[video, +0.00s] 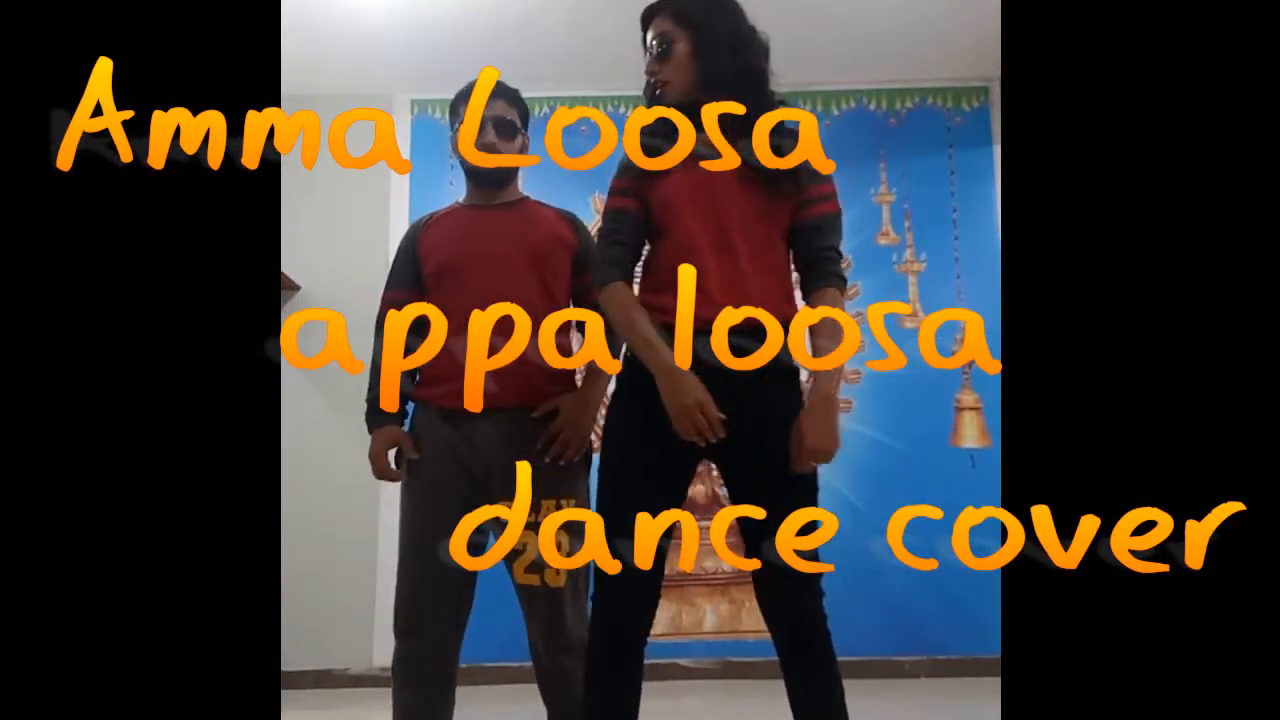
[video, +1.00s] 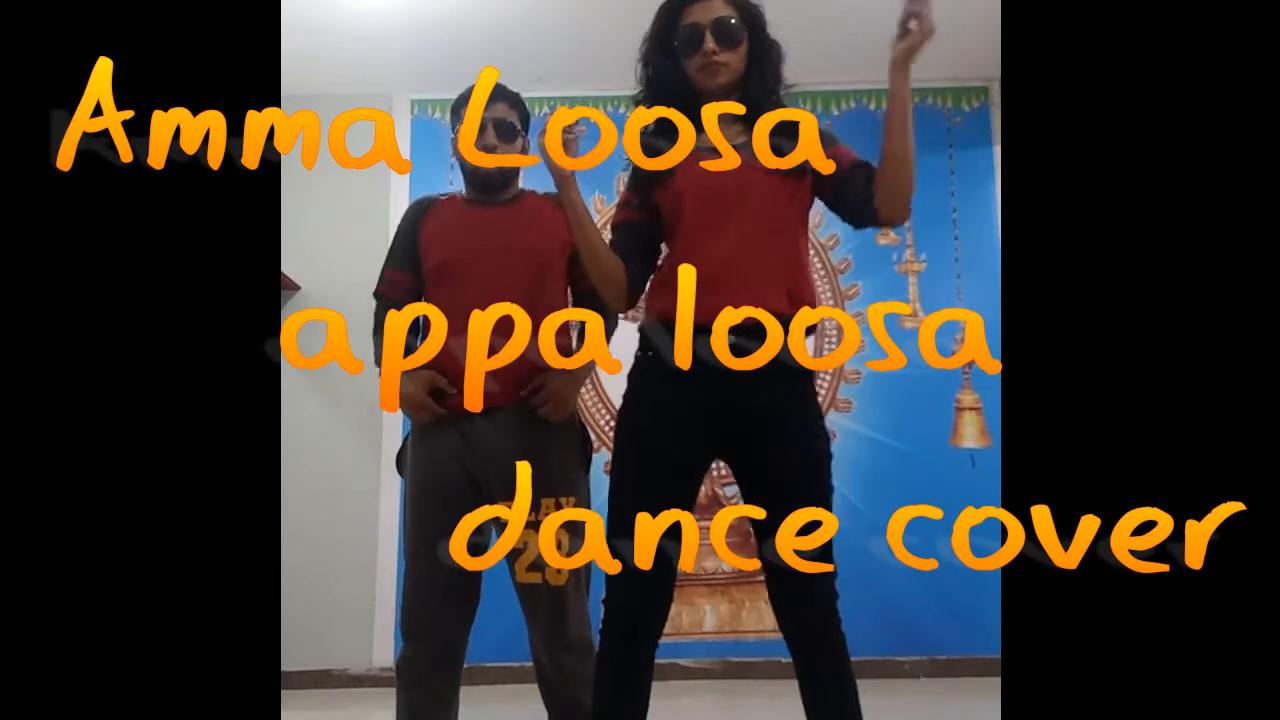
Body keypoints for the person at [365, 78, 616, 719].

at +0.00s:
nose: (493, 136)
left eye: (507, 127)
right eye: (479, 126)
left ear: (526, 144)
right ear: (456, 139)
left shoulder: (564, 230)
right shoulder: (425, 235)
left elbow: (607, 318)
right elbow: (391, 331)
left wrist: (591, 392)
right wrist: (383, 418)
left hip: (544, 440)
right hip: (443, 442)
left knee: (560, 621)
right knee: (426, 621)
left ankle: (576, 717)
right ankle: (420, 718)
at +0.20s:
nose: (495, 137)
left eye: (509, 129)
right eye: (482, 127)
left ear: (530, 145)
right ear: (460, 139)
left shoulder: (569, 232)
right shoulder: (429, 235)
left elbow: (606, 319)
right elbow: (393, 329)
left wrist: (588, 390)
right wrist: (387, 410)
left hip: (545, 438)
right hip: (446, 441)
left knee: (561, 619)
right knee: (431, 618)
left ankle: (577, 719)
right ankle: (421, 718)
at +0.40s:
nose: (496, 140)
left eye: (509, 131)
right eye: (482, 129)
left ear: (529, 144)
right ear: (459, 140)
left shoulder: (569, 231)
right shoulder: (426, 236)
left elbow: (603, 321)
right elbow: (388, 332)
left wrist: (588, 385)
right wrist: (398, 393)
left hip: (547, 440)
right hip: (446, 443)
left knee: (563, 623)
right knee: (430, 624)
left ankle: (579, 719)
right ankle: (422, 719)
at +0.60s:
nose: (492, 140)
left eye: (506, 131)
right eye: (479, 130)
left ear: (526, 146)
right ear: (457, 140)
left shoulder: (564, 230)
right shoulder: (425, 234)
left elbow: (604, 319)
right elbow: (388, 329)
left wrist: (587, 377)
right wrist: (399, 385)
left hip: (543, 437)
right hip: (445, 443)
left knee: (562, 624)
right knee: (429, 626)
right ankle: (422, 719)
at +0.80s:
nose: (490, 141)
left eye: (504, 131)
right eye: (477, 130)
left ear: (524, 145)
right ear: (455, 139)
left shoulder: (561, 229)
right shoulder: (425, 231)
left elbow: (603, 320)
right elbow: (388, 330)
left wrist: (586, 382)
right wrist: (399, 386)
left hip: (544, 440)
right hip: (445, 444)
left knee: (563, 626)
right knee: (428, 627)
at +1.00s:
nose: (493, 140)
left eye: (507, 131)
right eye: (478, 129)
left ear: (526, 145)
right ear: (456, 139)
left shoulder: (560, 216)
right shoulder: (423, 218)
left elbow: (600, 301)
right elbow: (389, 312)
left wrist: (576, 367)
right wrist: (399, 371)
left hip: (541, 433)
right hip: (445, 436)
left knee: (561, 621)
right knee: (431, 621)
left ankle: (578, 718)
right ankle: (424, 719)